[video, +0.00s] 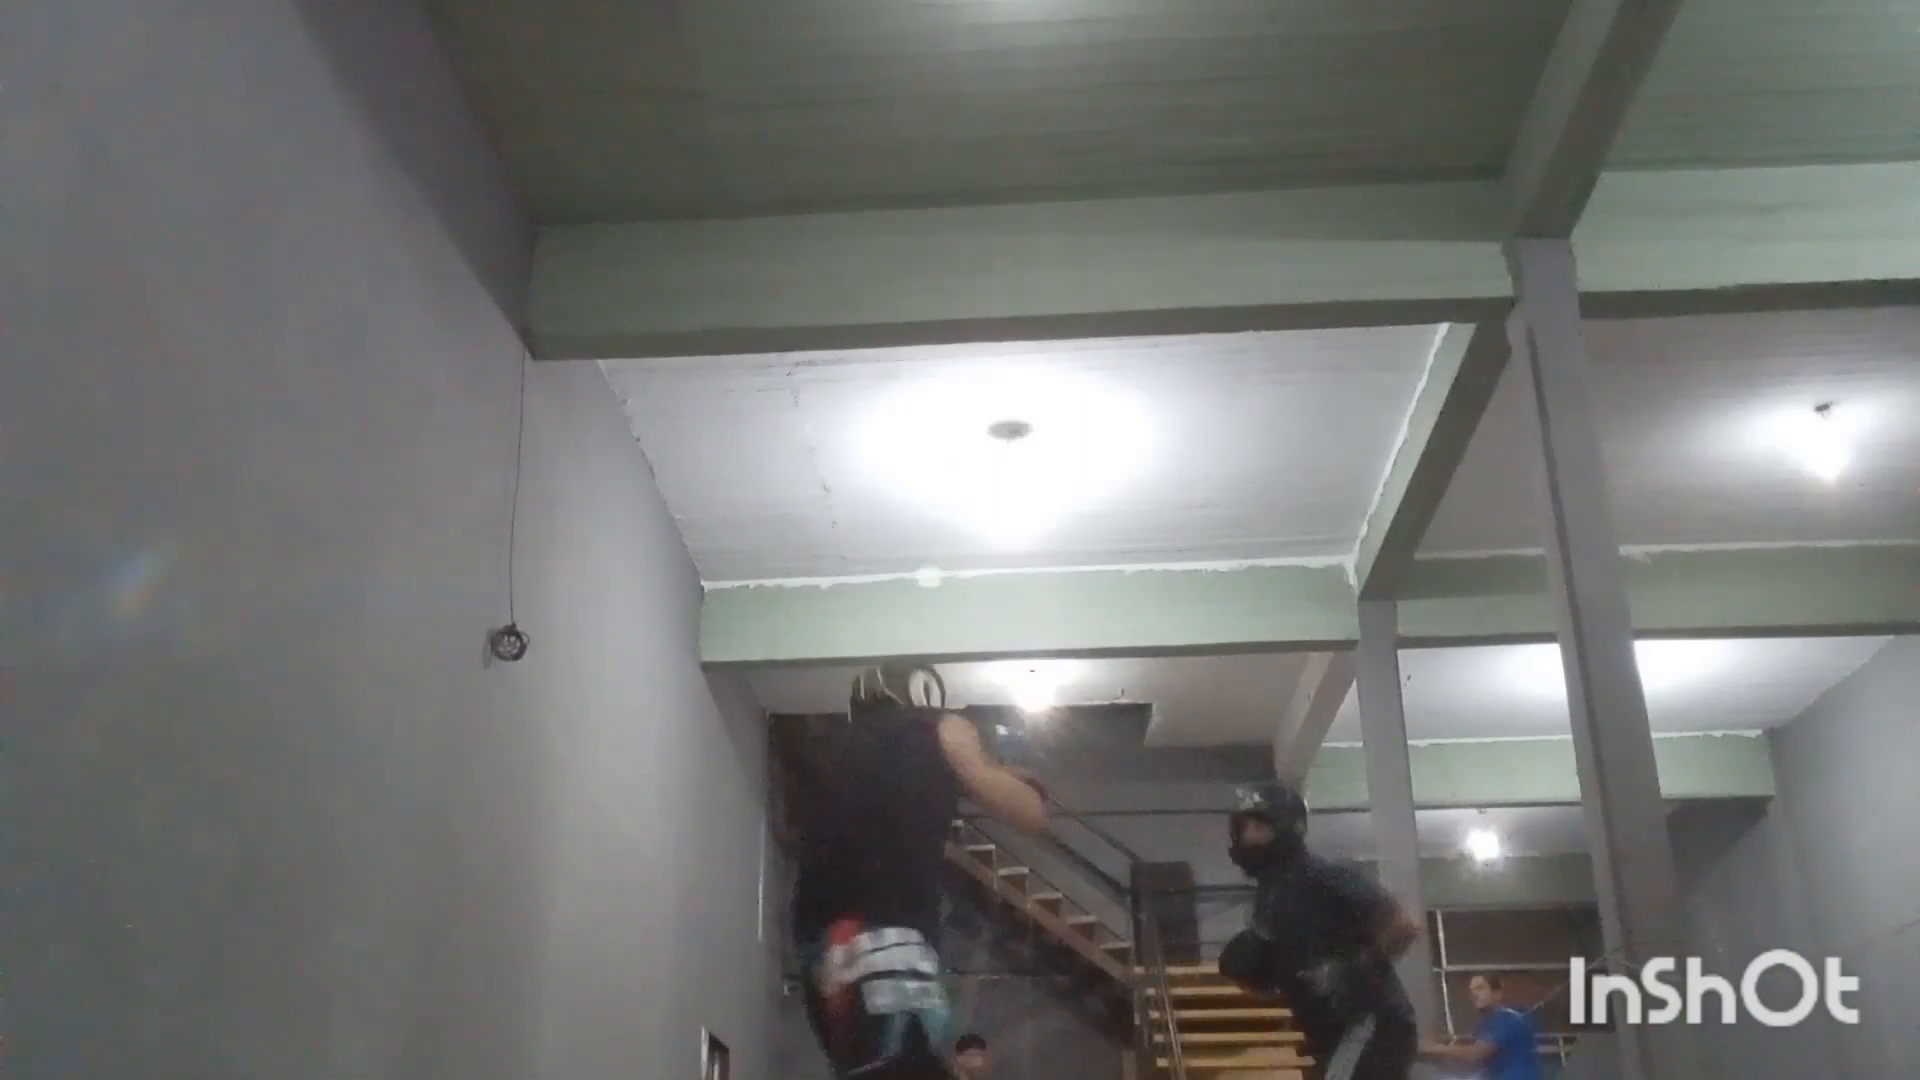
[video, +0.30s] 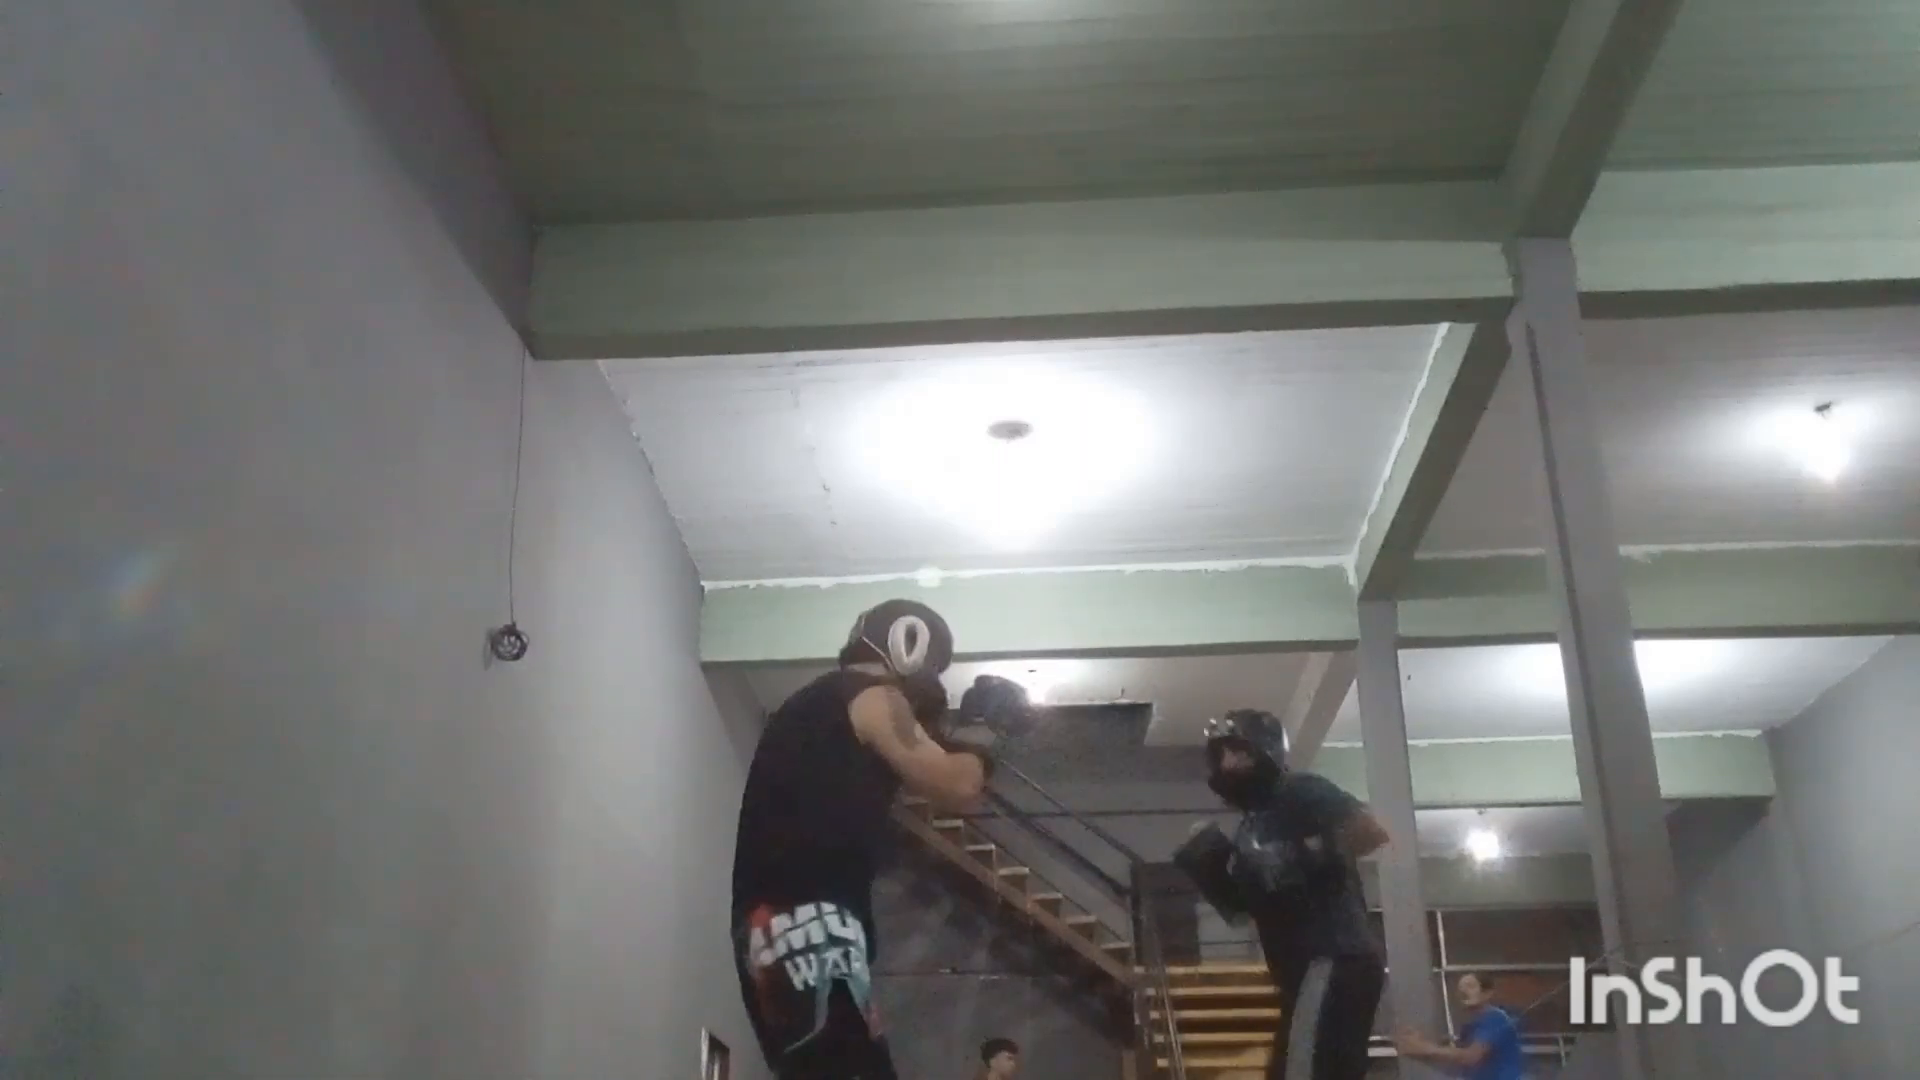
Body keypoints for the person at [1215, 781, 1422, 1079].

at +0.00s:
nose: (1247, 838)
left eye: (1259, 826)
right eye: (1242, 828)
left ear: (1287, 828)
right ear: (1234, 835)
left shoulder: (1327, 878)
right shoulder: (1269, 893)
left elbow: (1401, 928)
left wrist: (1346, 972)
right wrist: (1248, 965)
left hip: (1375, 1022)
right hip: (1327, 1030)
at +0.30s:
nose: (1228, 764)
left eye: (1241, 751)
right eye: (1221, 754)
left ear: (1268, 752)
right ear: (1215, 763)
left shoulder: (1302, 790)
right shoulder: (1249, 827)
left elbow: (1371, 832)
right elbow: (1240, 907)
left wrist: (1306, 853)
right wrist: (1209, 869)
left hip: (1338, 956)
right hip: (1298, 963)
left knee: (1301, 1067)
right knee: (1327, 1070)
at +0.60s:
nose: (1182, 782)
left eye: (1191, 768)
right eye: (1180, 771)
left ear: (1220, 769)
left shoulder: (1267, 799)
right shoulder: (1223, 845)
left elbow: (1301, 848)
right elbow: (1186, 927)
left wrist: (1215, 808)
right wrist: (1147, 861)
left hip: (1306, 979)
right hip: (1273, 986)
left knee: (1263, 1072)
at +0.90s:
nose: (1176, 719)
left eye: (1183, 708)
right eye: (1177, 710)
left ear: (1208, 709)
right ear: (1226, 711)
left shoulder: (1263, 752)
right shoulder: (1221, 787)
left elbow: (1207, 765)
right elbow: (1145, 834)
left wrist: (1163, 710)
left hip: (1298, 949)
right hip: (1273, 953)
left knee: (1244, 1073)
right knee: (1288, 1073)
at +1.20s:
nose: (1187, 752)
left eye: (1190, 736)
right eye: (1183, 741)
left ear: (1215, 725)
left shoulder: (1274, 766)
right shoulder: (1243, 805)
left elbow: (1265, 807)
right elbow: (1198, 889)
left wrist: (1176, 760)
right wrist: (1149, 829)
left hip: (1305, 959)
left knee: (1236, 1070)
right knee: (1335, 1072)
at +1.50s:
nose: (1136, 708)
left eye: (1137, 696)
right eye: (1133, 698)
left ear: (1155, 681)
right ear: (1189, 670)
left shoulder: (1211, 706)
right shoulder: (1190, 756)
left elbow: (1126, 720)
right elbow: (1123, 812)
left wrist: (1086, 671)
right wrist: (1097, 771)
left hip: (1253, 911)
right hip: (1300, 911)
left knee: (1155, 1057)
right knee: (1284, 1069)